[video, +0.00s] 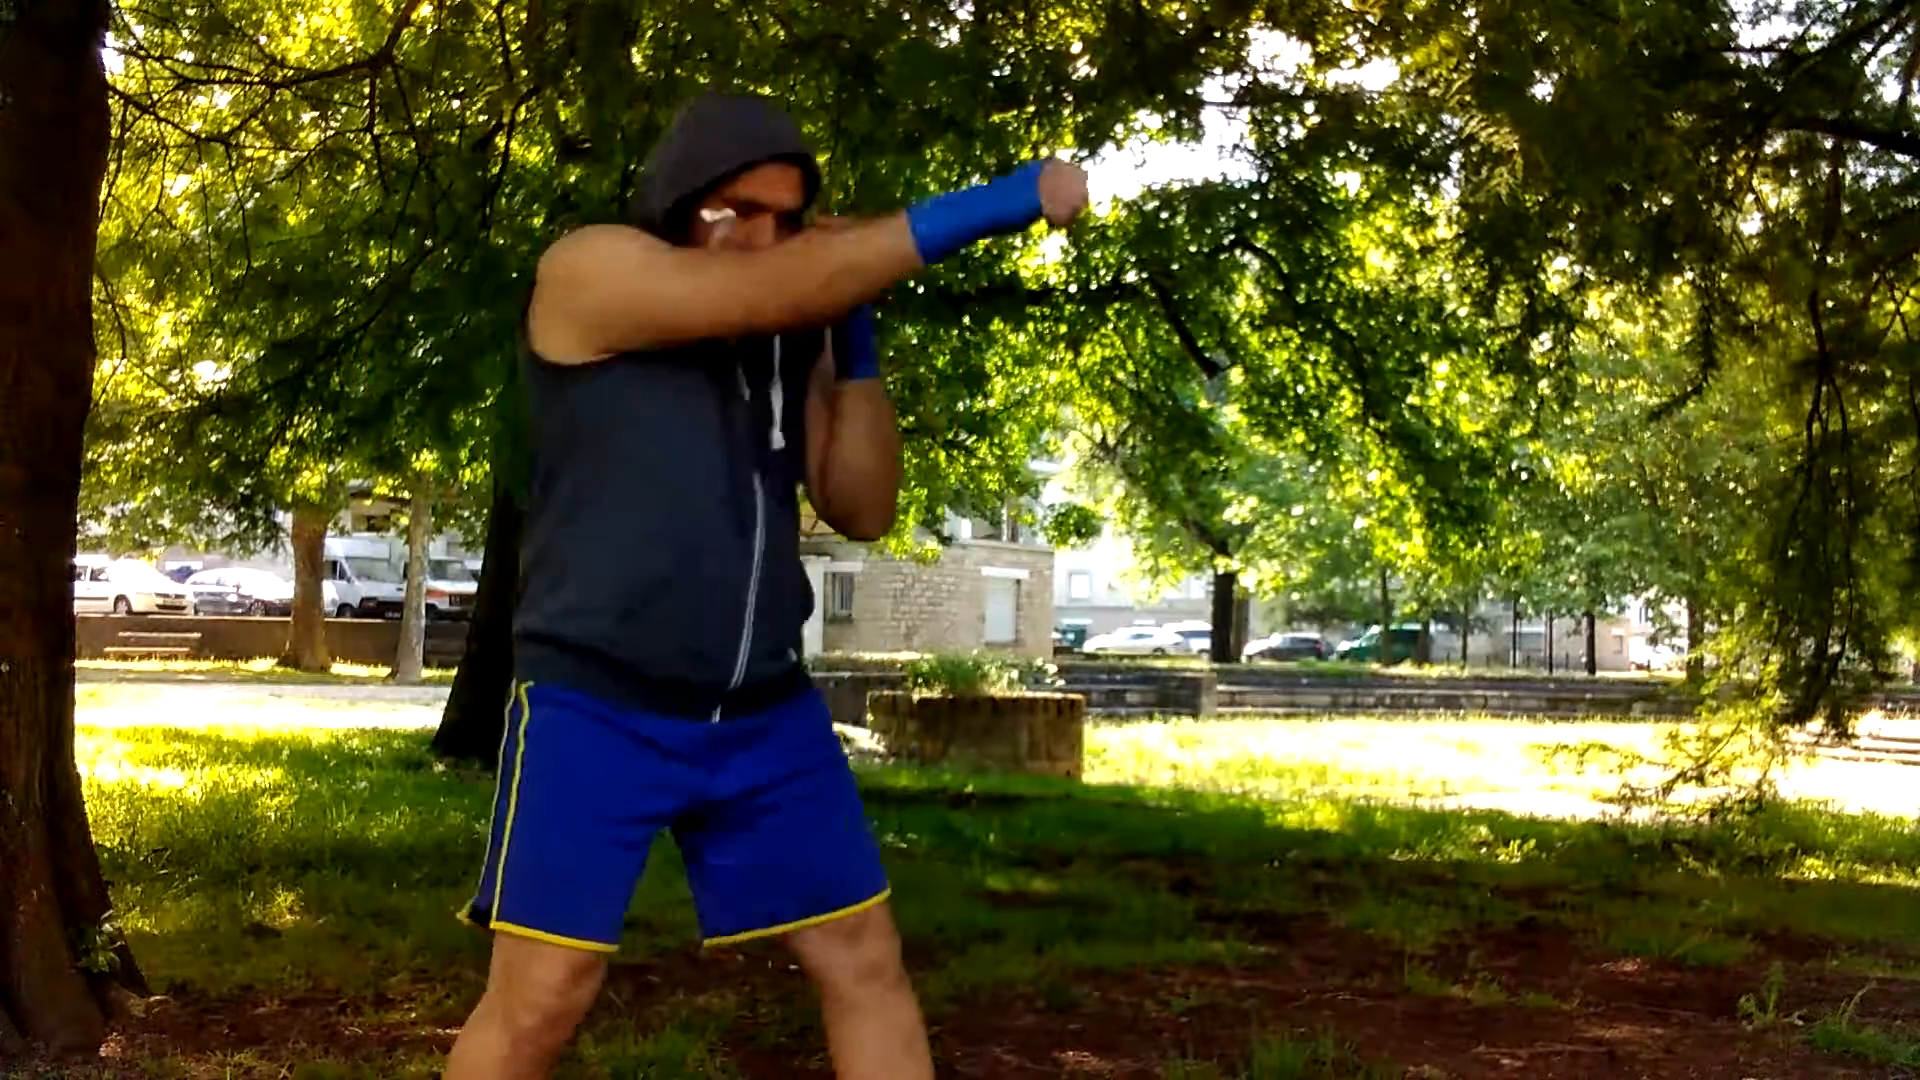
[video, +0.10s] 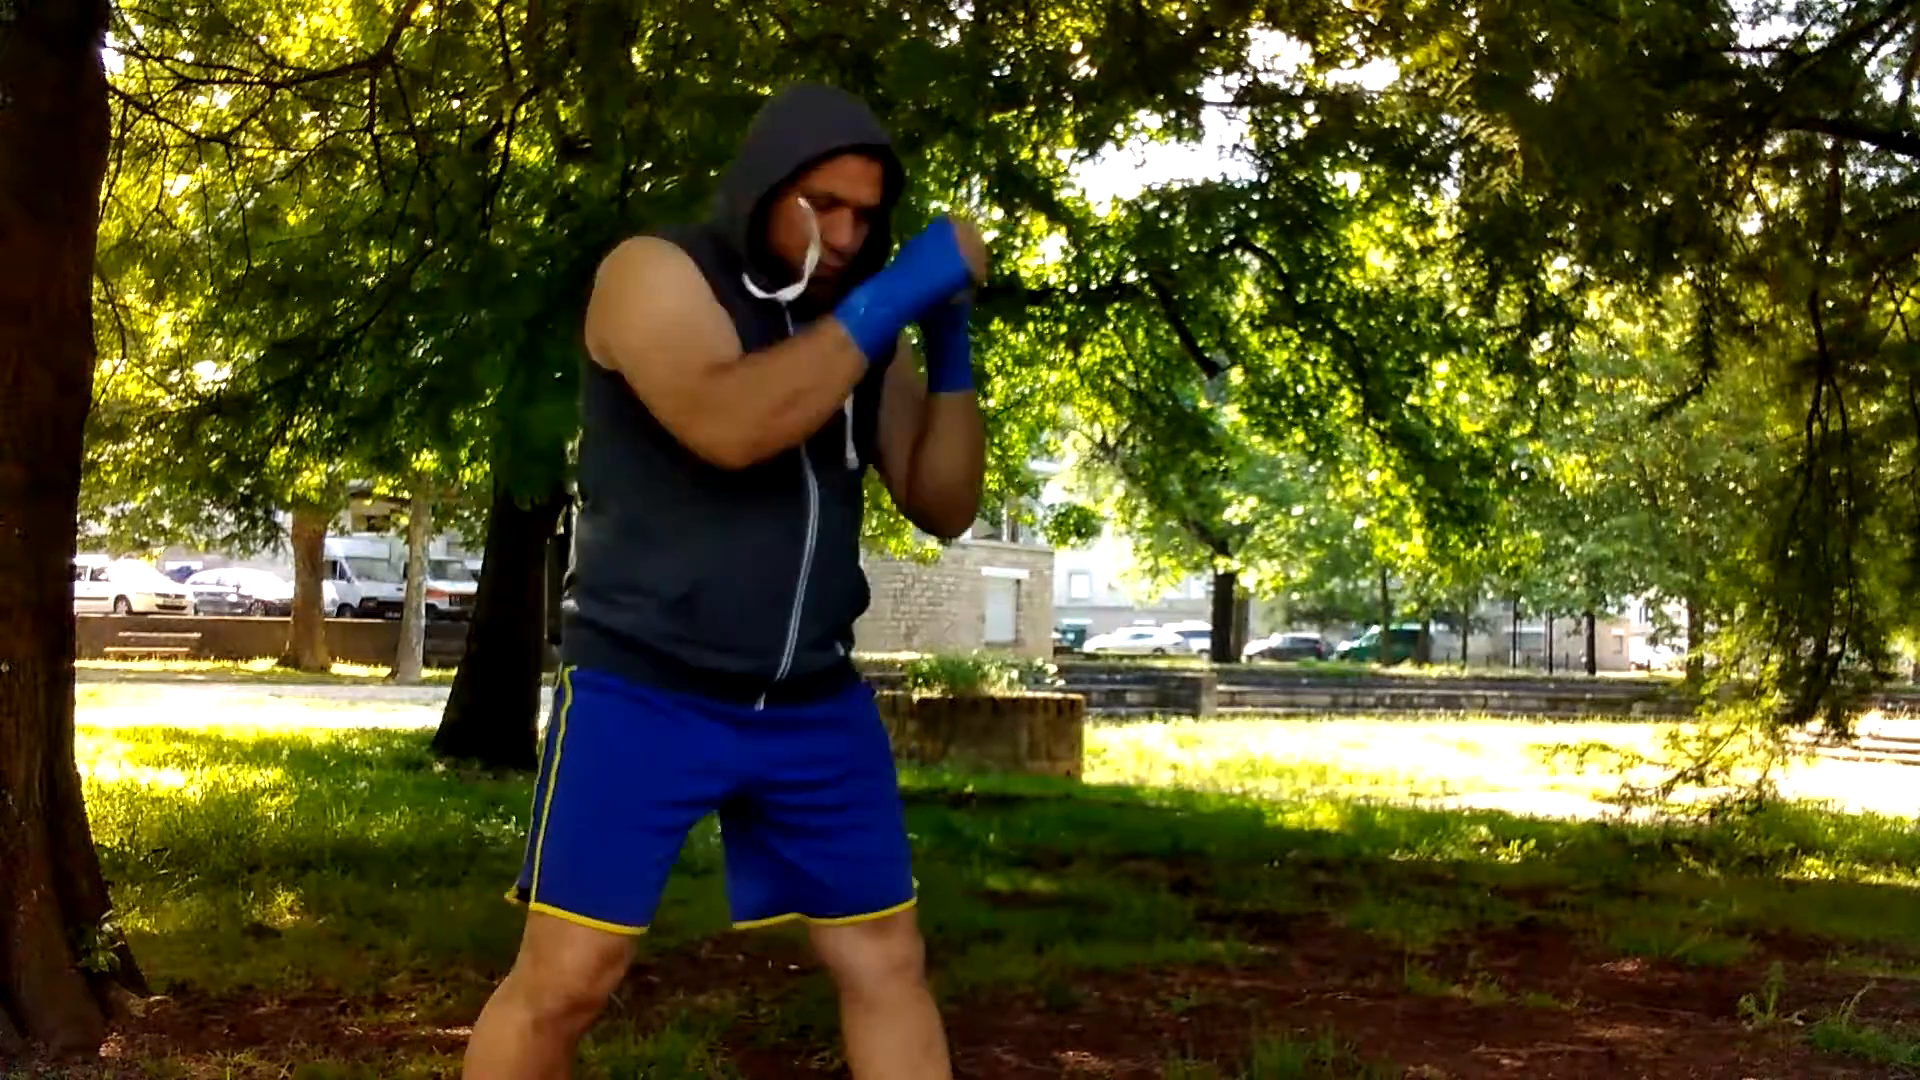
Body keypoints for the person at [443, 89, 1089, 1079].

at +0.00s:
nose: (774, 241)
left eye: (791, 221)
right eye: (750, 213)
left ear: (805, 223)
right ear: (686, 209)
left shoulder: (794, 328)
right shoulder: (586, 271)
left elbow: (862, 511)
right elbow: (785, 287)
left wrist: (856, 318)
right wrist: (998, 200)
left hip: (766, 708)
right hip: (594, 705)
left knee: (864, 957)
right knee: (540, 996)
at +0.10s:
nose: (844, 235)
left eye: (863, 216)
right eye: (824, 205)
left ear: (876, 217)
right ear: (762, 188)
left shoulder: (855, 325)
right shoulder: (646, 273)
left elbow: (942, 506)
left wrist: (953, 336)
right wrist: (893, 297)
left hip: (816, 701)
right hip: (642, 698)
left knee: (887, 962)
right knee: (563, 985)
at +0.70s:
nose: (1225, 316)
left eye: (1243, 297)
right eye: (1205, 287)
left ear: (1252, 296)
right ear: (1142, 258)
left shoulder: (1157, 430)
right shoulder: (1023, 292)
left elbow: (1212, 590)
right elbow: (1201, 355)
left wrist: (1266, 402)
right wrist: (1406, 273)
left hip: (1070, 734)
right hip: (908, 716)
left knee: (1194, 962)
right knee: (808, 1010)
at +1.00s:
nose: (1144, 237)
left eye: (1163, 215)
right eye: (1123, 204)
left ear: (1177, 224)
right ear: (1059, 190)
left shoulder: (1149, 363)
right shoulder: (925, 297)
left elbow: (1198, 562)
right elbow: (885, 467)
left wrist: (1243, 471)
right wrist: (1092, 403)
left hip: (1069, 721)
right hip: (894, 711)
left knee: (1186, 969)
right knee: (762, 994)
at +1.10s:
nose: (1065, 214)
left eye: (1082, 192)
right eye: (1042, 183)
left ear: (1095, 203)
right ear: (978, 178)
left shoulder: (1088, 340)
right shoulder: (851, 289)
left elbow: (1108, 542)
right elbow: (842, 460)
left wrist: (1155, 516)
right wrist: (1060, 405)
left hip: (1026, 718)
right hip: (846, 715)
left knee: (1135, 974)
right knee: (737, 1003)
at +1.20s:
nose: (980, 195)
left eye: (1001, 172)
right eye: (955, 162)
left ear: (1016, 182)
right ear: (892, 154)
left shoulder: (1016, 313)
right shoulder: (775, 266)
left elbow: (1027, 510)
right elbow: (764, 450)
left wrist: (1090, 450)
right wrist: (982, 386)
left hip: (950, 694)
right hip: (769, 692)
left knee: (1071, 924)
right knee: (672, 978)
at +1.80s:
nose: (619, 215)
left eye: (647, 191)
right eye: (596, 180)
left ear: (671, 194)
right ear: (542, 169)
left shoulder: (716, 273)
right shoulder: (436, 290)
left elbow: (908, 337)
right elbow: (459, 467)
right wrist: (614, 337)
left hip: (686, 694)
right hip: (492, 700)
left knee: (799, 950)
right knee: (428, 992)